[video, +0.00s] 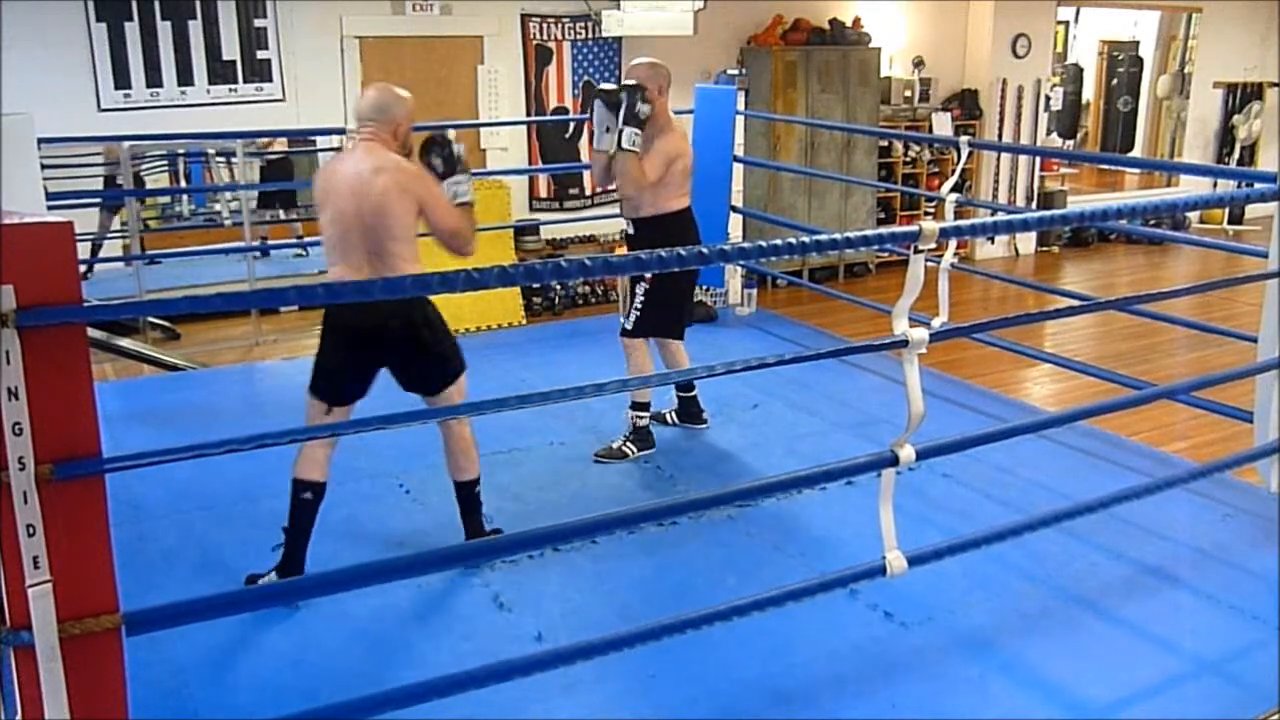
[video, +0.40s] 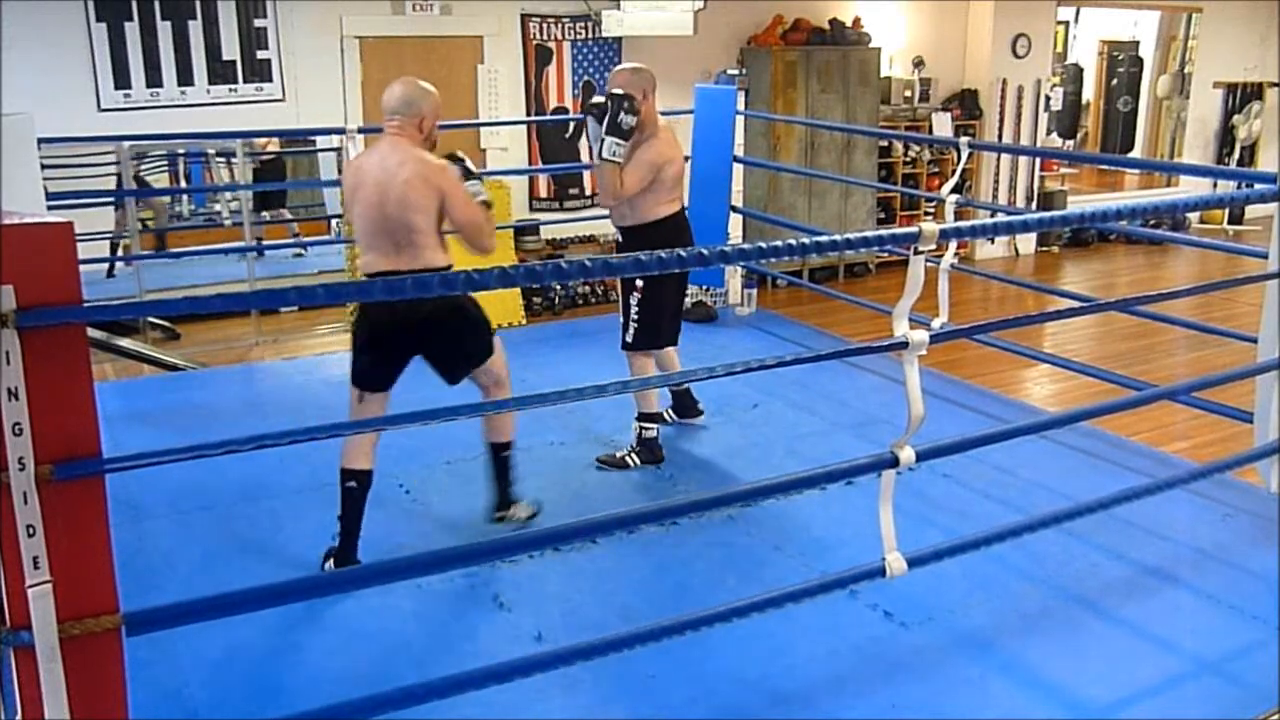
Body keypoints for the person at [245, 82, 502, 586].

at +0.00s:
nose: (411, 133)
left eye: (411, 127)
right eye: (410, 127)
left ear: (359, 124)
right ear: (397, 128)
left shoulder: (326, 174)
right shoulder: (407, 174)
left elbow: (368, 220)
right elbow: (462, 241)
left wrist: (418, 176)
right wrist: (455, 181)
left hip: (345, 318)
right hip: (406, 314)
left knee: (320, 432)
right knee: (453, 418)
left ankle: (292, 560)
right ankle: (476, 529)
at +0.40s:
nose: (439, 128)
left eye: (438, 121)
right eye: (437, 120)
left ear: (386, 120)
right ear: (422, 121)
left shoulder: (353, 169)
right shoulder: (434, 169)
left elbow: (370, 225)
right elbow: (484, 240)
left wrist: (436, 191)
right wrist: (480, 195)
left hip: (377, 307)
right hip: (439, 301)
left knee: (364, 420)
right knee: (495, 382)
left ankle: (346, 548)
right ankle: (504, 503)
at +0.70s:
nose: (495, 123)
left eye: (488, 117)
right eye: (495, 117)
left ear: (451, 121)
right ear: (492, 119)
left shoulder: (431, 170)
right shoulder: (519, 159)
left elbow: (421, 250)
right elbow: (577, 189)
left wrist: (454, 207)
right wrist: (545, 167)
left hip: (453, 296)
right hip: (514, 291)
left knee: (417, 409)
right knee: (540, 393)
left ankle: (384, 535)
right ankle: (569, 499)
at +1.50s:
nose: (495, 112)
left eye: (493, 105)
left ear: (495, 108)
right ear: (538, 106)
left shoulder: (480, 154)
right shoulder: (566, 149)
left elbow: (469, 213)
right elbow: (587, 216)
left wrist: (487, 161)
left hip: (518, 272)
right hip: (568, 263)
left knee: (519, 389)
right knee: (561, 342)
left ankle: (544, 508)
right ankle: (575, 442)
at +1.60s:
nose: (494, 113)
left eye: (494, 107)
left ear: (498, 110)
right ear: (538, 108)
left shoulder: (485, 157)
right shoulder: (570, 149)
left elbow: (472, 216)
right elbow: (597, 209)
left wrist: (492, 177)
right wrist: (558, 195)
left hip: (526, 271)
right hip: (574, 262)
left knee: (520, 388)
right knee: (562, 341)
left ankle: (544, 507)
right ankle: (572, 426)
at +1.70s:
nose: (505, 126)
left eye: (505, 119)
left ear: (508, 124)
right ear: (546, 122)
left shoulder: (499, 170)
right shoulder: (573, 158)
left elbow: (479, 236)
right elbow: (610, 187)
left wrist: (488, 189)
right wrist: (571, 191)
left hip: (530, 277)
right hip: (577, 268)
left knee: (527, 392)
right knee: (563, 348)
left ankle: (546, 509)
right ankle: (577, 416)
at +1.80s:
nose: (521, 128)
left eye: (525, 123)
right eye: (526, 121)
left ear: (530, 131)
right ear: (564, 128)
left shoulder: (522, 176)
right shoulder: (583, 163)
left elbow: (505, 244)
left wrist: (500, 212)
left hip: (542, 280)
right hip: (585, 275)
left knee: (528, 387)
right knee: (565, 348)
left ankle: (543, 506)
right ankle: (585, 426)